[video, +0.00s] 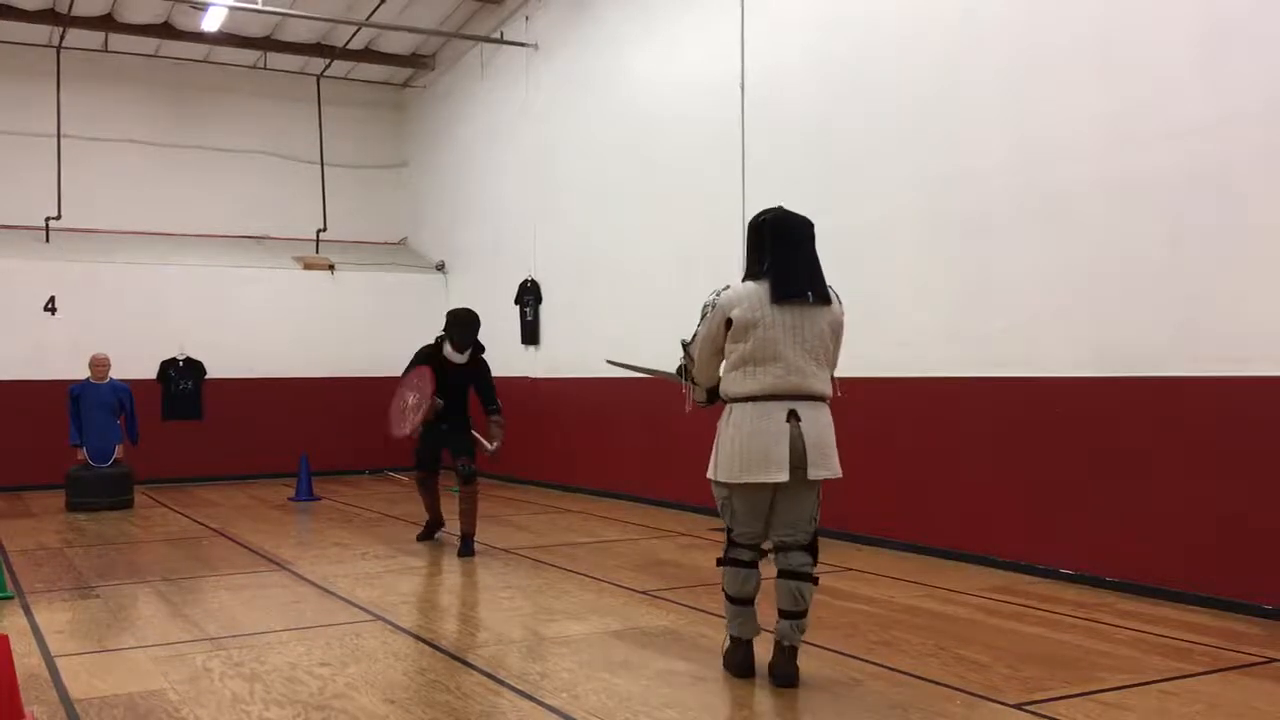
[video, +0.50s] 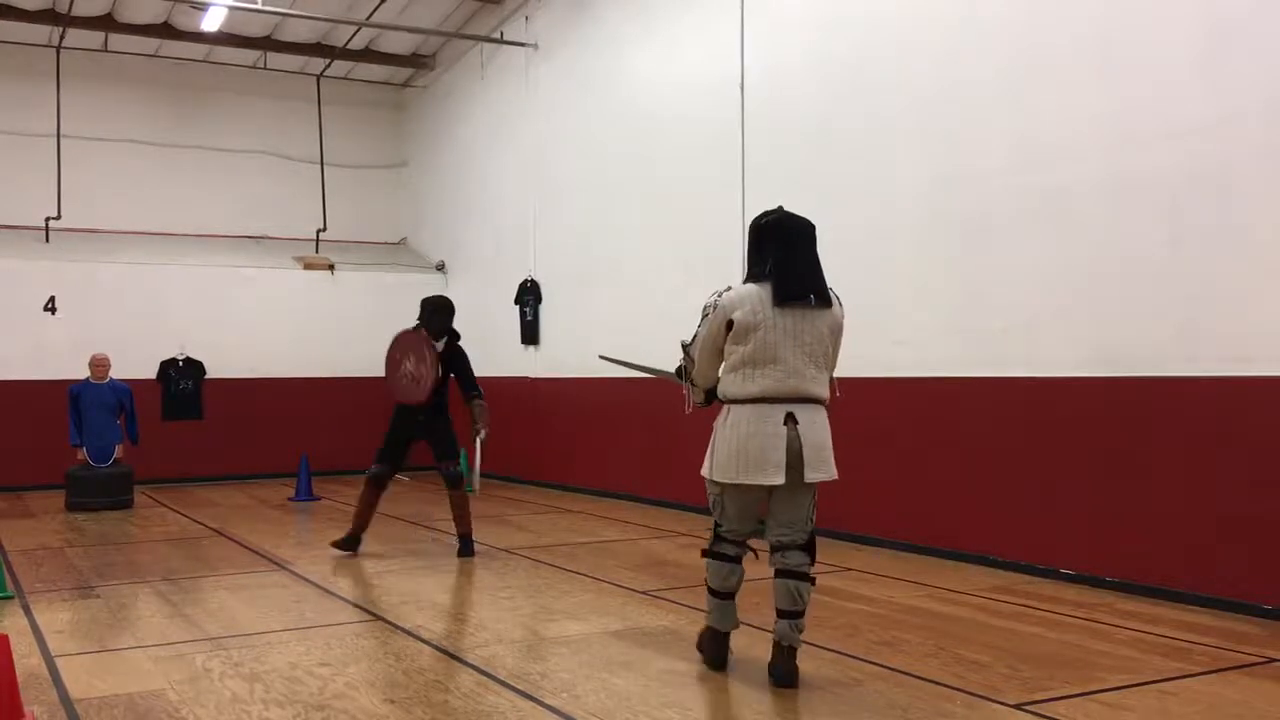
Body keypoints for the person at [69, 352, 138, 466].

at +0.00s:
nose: (100, 369)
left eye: (104, 366)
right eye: (97, 366)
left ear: (109, 367)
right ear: (90, 367)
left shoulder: (120, 389)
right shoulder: (78, 390)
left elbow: (129, 416)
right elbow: (75, 420)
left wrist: (132, 438)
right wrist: (78, 445)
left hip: (113, 445)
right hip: (88, 444)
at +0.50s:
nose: (100, 369)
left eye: (104, 366)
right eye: (97, 366)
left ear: (109, 367)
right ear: (90, 367)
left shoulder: (121, 390)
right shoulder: (77, 390)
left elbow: (129, 416)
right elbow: (74, 419)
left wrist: (133, 438)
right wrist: (78, 445)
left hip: (113, 445)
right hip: (87, 445)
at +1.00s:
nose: (100, 369)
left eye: (104, 366)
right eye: (96, 366)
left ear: (109, 367)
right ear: (90, 367)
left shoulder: (121, 389)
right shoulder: (77, 391)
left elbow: (130, 416)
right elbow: (74, 420)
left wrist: (133, 438)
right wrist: (78, 445)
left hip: (113, 444)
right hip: (87, 444)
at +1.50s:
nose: (100, 369)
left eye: (104, 366)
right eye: (96, 366)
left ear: (109, 367)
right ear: (90, 367)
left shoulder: (121, 389)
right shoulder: (77, 390)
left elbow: (130, 415)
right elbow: (75, 420)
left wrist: (133, 437)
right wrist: (78, 445)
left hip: (113, 444)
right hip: (87, 444)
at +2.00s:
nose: (100, 369)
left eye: (104, 366)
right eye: (97, 366)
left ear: (109, 367)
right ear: (90, 367)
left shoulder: (120, 389)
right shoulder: (77, 390)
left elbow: (129, 415)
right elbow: (75, 420)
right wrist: (79, 446)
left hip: (113, 445)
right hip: (88, 444)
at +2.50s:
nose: (100, 369)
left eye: (104, 366)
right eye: (97, 366)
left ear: (109, 367)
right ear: (90, 367)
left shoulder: (121, 389)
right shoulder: (77, 390)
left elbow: (130, 415)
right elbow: (74, 419)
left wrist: (133, 437)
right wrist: (78, 444)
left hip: (113, 444)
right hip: (88, 444)